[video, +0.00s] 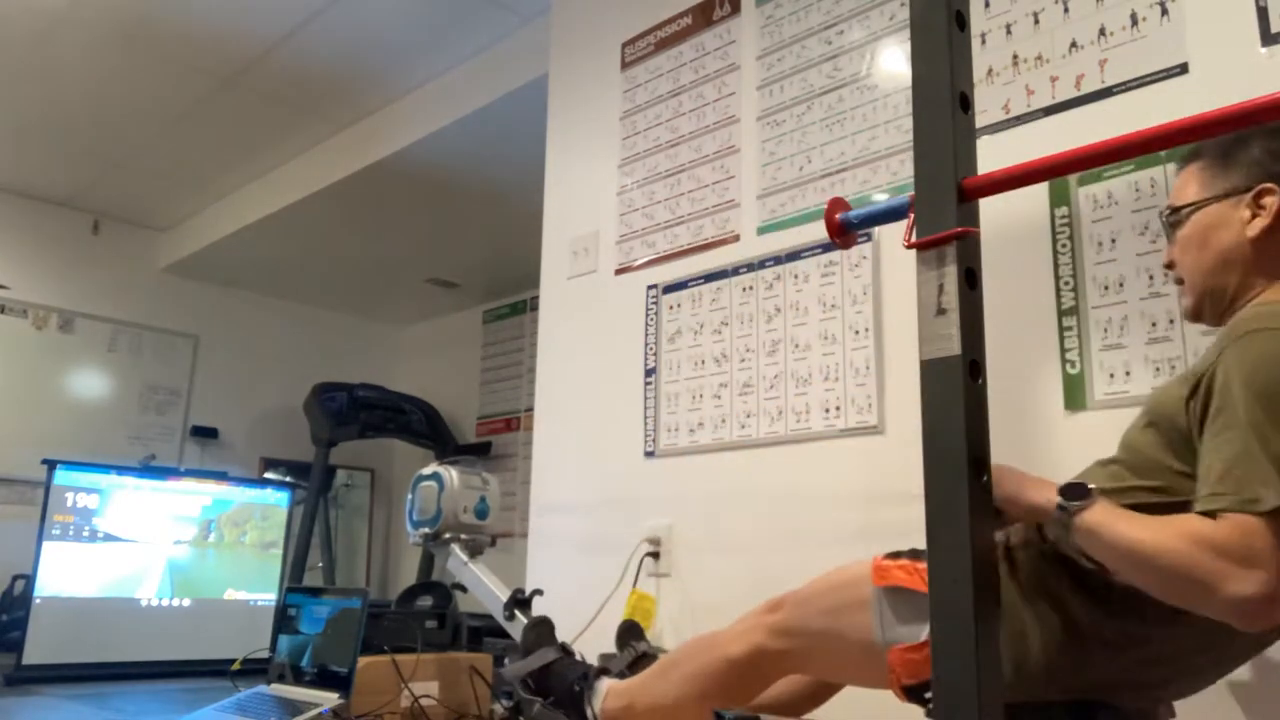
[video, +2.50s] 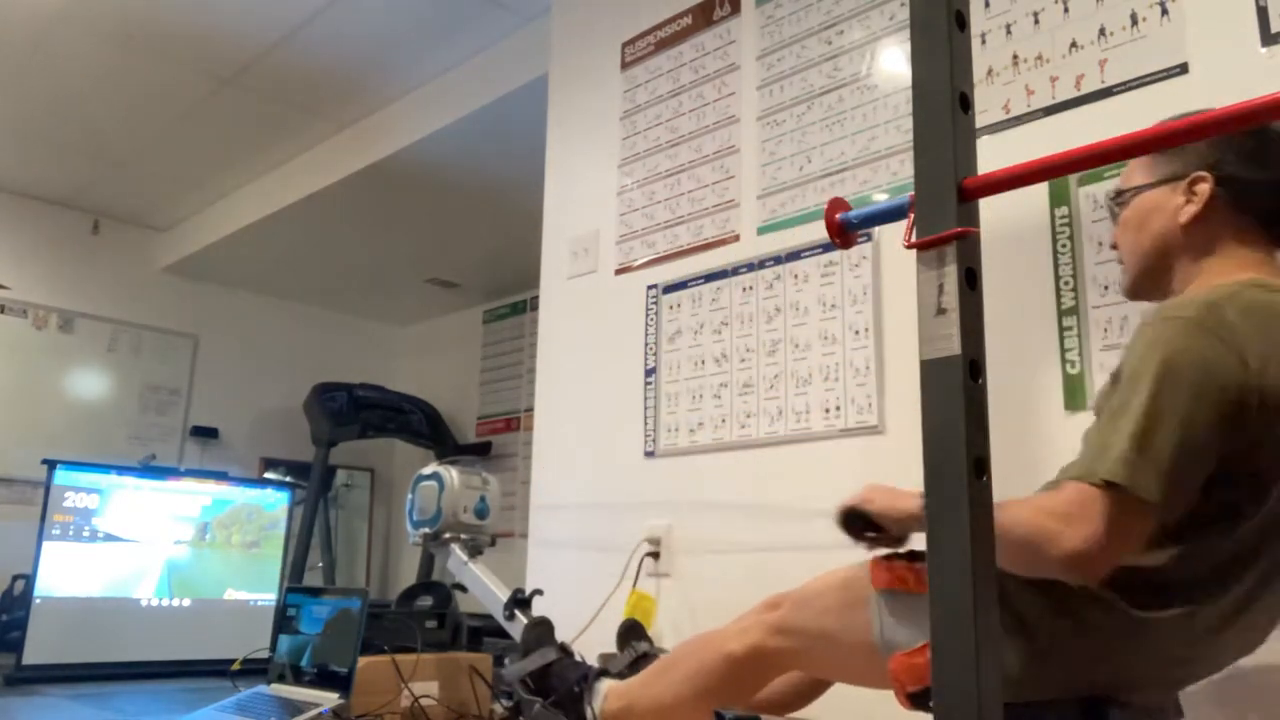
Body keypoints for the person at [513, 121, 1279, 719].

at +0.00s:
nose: (1166, 252)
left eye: (1180, 221)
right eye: (1168, 227)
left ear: (1261, 214)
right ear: (1257, 220)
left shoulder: (1264, 337)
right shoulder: (1249, 342)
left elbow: (1250, 582)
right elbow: (1222, 550)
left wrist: (1057, 505)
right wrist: (1046, 508)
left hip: (1064, 619)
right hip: (1097, 634)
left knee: (783, 624)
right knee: (828, 650)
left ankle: (607, 705)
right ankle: (680, 712)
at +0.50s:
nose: (968, 220)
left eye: (981, 195)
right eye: (972, 199)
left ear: (1036, 195)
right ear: (1055, 198)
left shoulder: (1052, 294)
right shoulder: (1131, 297)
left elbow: (882, 453)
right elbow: (1042, 521)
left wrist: (755, 491)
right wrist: (881, 516)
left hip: (1036, 624)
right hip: (1102, 626)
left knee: (756, 583)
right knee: (833, 569)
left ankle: (610, 705)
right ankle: (697, 697)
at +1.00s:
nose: (705, 296)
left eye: (709, 276)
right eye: (705, 279)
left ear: (741, 270)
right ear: (802, 281)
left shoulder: (735, 347)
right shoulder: (845, 352)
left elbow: (613, 470)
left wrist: (532, 528)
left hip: (780, 629)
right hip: (870, 633)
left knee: (623, 488)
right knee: (701, 473)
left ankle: (604, 688)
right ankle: (681, 669)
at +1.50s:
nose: (725, 275)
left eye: (730, 258)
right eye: (725, 261)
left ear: (764, 255)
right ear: (824, 265)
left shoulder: (746, 334)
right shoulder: (871, 343)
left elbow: (637, 469)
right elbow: (782, 494)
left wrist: (561, 508)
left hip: (794, 626)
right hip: (892, 632)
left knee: (633, 492)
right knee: (711, 476)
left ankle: (606, 692)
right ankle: (679, 671)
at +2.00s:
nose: (1169, 235)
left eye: (1182, 205)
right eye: (1172, 210)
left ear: (1258, 201)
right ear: (1259, 206)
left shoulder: (1246, 323)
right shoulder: (1258, 331)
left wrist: (962, 465)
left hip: (1037, 629)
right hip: (1127, 664)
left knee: (781, 646)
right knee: (838, 656)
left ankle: (605, 706)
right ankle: (649, 698)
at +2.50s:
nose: (1113, 228)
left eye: (1126, 202)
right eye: (1117, 206)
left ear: (1196, 199)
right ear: (1205, 202)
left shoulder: (1205, 329)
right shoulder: (1265, 325)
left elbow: (1084, 529)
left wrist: (919, 511)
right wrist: (950, 536)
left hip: (1064, 639)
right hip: (1135, 648)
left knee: (783, 624)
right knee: (827, 632)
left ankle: (603, 707)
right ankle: (675, 709)